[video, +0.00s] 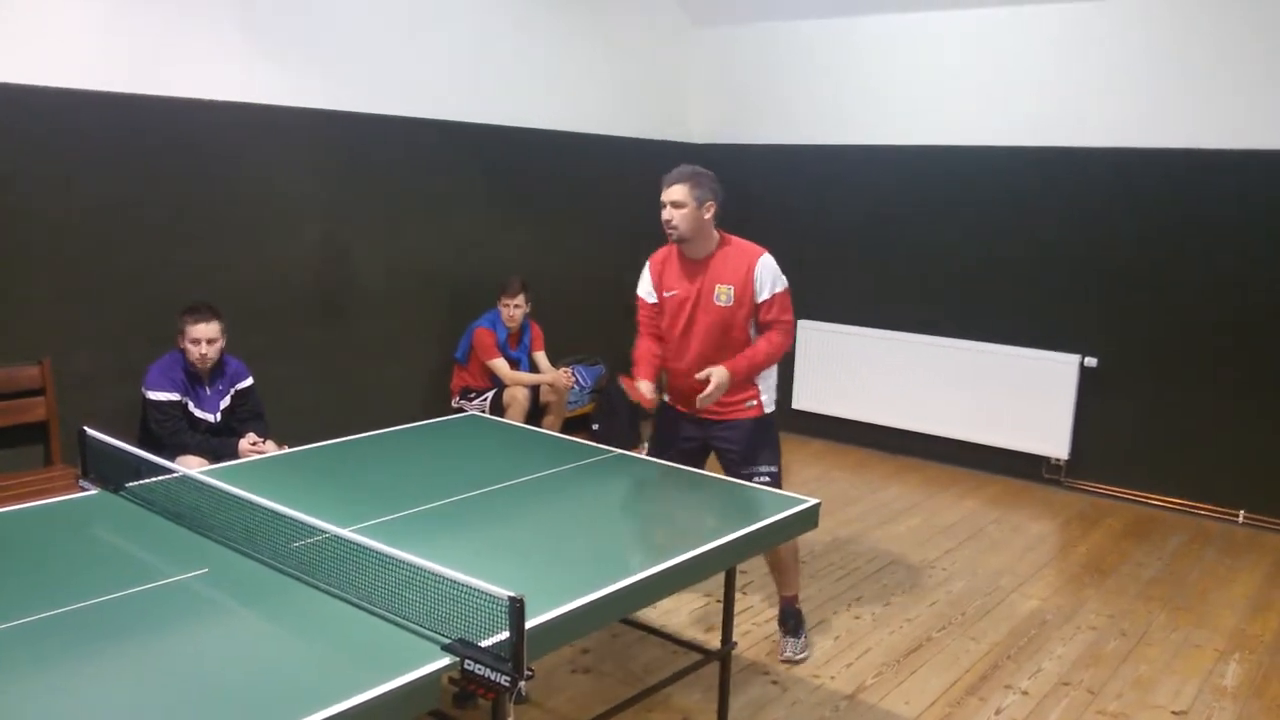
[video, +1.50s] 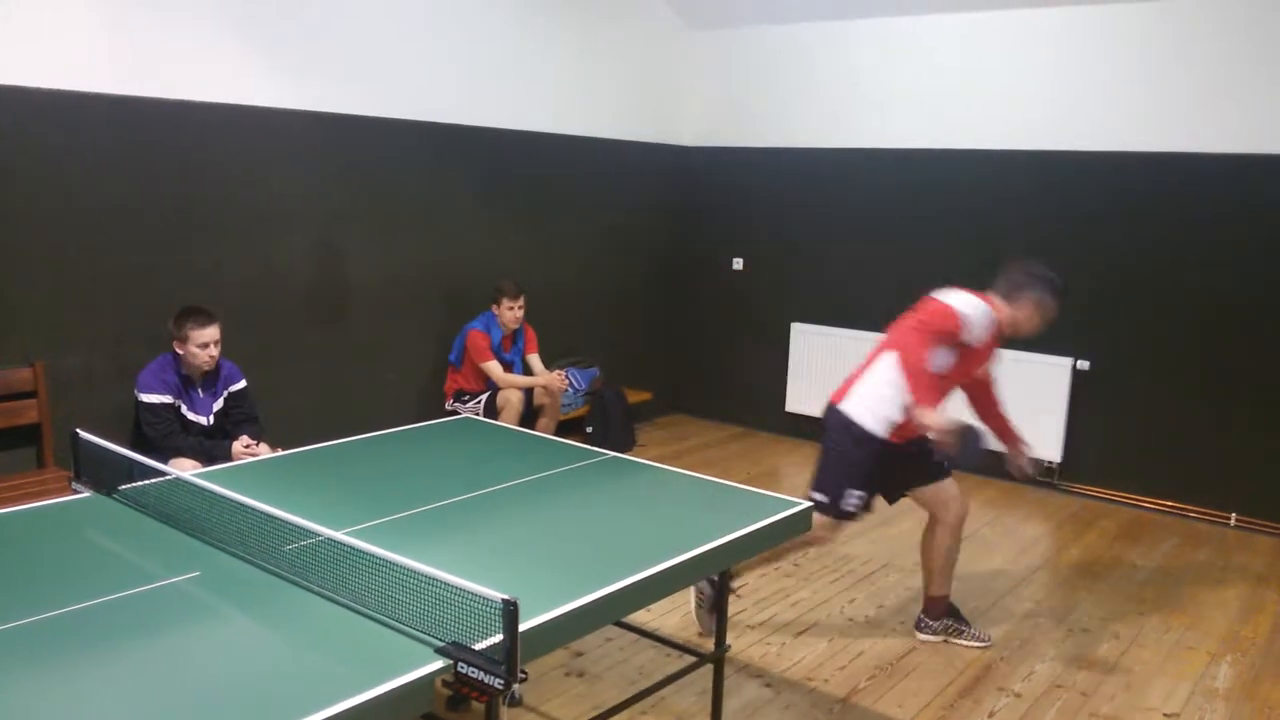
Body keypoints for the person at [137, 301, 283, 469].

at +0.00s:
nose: (203, 352)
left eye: (211, 342)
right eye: (195, 343)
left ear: (223, 341)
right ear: (181, 342)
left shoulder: (235, 371)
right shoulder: (160, 378)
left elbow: (251, 419)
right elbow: (174, 440)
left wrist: (251, 438)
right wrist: (234, 448)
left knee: (270, 450)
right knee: (195, 466)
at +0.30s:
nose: (198, 352)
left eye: (206, 343)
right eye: (190, 343)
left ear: (220, 342)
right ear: (178, 342)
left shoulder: (234, 372)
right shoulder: (159, 379)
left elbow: (251, 420)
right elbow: (172, 440)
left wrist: (250, 438)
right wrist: (233, 449)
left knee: (269, 451)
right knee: (193, 467)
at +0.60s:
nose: (200, 350)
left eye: (208, 341)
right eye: (192, 341)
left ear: (224, 341)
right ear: (182, 341)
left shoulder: (237, 370)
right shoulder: (163, 378)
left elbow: (253, 418)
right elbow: (176, 439)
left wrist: (254, 439)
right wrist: (236, 448)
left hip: (228, 449)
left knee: (272, 448)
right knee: (197, 465)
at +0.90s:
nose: (198, 352)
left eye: (207, 343)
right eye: (190, 343)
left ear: (221, 343)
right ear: (179, 343)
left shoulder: (234, 372)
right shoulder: (160, 378)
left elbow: (250, 420)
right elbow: (172, 441)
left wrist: (251, 440)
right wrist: (232, 449)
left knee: (269, 450)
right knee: (193, 467)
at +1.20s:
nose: (208, 353)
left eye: (213, 343)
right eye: (199, 345)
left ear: (220, 341)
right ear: (177, 345)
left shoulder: (231, 373)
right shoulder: (156, 380)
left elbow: (247, 420)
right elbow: (170, 442)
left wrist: (247, 438)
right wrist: (229, 450)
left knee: (266, 451)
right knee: (191, 468)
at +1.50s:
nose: (213, 353)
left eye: (216, 344)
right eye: (203, 347)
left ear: (221, 341)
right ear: (179, 347)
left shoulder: (229, 373)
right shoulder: (154, 380)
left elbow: (245, 421)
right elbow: (167, 442)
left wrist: (246, 439)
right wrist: (227, 450)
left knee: (264, 453)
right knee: (189, 469)